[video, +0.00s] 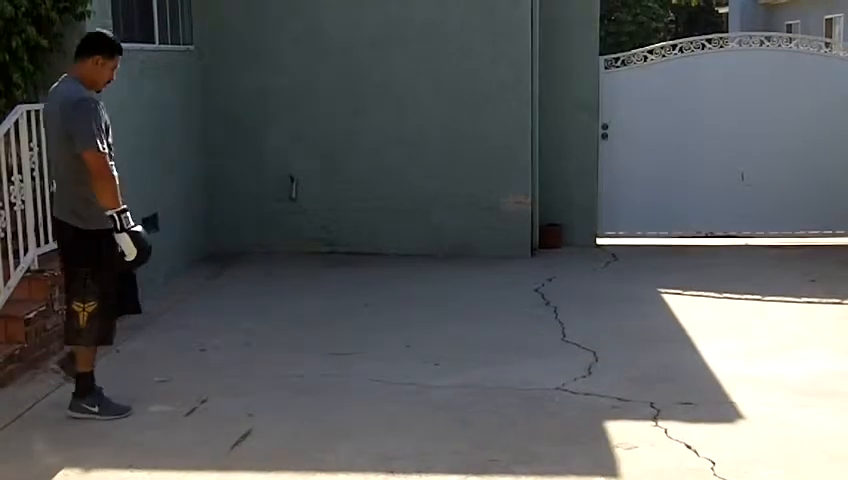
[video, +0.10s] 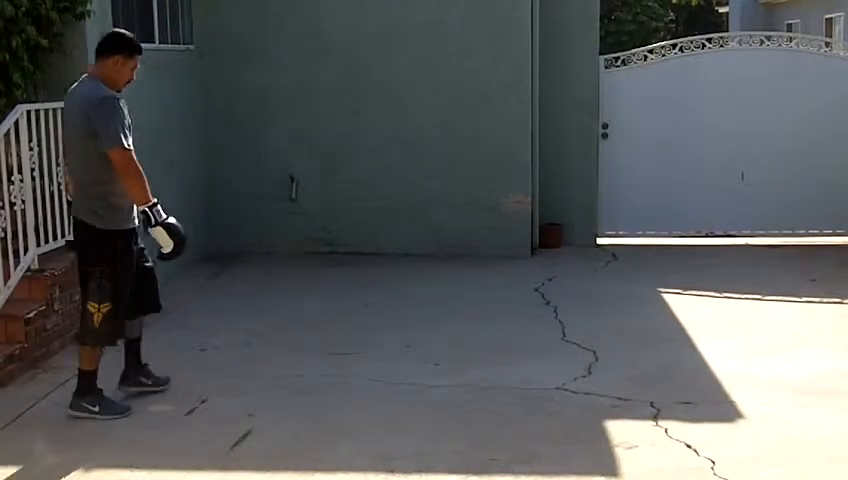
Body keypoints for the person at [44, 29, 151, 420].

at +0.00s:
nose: (113, 77)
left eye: (115, 69)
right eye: (112, 68)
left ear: (86, 61)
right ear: (95, 62)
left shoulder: (62, 94)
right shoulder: (81, 102)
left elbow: (82, 166)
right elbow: (99, 169)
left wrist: (114, 209)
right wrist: (123, 222)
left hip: (76, 221)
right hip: (88, 225)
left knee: (96, 297)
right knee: (90, 306)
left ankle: (76, 356)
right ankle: (85, 393)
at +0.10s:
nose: (133, 78)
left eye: (135, 69)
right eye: (132, 68)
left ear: (107, 61)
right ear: (115, 62)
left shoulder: (79, 93)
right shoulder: (105, 101)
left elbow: (75, 160)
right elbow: (126, 165)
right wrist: (154, 210)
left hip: (106, 222)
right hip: (104, 225)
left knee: (136, 292)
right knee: (98, 308)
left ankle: (133, 370)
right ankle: (86, 393)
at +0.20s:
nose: (153, 79)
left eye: (155, 72)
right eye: (152, 71)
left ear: (126, 63)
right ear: (136, 64)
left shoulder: (97, 97)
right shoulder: (127, 103)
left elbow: (86, 159)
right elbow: (150, 167)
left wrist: (87, 207)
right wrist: (183, 213)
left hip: (115, 221)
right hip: (125, 225)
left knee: (151, 296)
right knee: (111, 307)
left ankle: (184, 366)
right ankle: (87, 392)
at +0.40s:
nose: (190, 77)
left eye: (191, 69)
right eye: (188, 69)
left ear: (162, 64)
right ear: (173, 64)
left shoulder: (135, 100)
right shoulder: (169, 100)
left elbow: (129, 161)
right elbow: (185, 162)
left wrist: (134, 211)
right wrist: (214, 209)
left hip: (159, 221)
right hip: (168, 225)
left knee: (189, 293)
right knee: (160, 307)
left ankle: (198, 369)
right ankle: (113, 372)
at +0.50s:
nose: (208, 75)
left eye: (208, 68)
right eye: (206, 67)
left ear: (178, 62)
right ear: (190, 62)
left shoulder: (158, 95)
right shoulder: (186, 99)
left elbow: (165, 160)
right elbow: (198, 158)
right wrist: (224, 209)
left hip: (173, 215)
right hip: (192, 218)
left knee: (190, 290)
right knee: (211, 292)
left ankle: (198, 368)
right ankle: (152, 357)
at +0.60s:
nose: (224, 76)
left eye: (226, 69)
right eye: (222, 68)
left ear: (197, 62)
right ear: (206, 61)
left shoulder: (175, 93)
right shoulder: (200, 98)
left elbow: (186, 157)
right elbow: (211, 157)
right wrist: (233, 209)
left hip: (187, 214)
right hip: (210, 217)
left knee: (196, 290)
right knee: (236, 295)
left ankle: (196, 364)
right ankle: (203, 363)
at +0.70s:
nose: (241, 76)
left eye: (242, 69)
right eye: (240, 68)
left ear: (217, 61)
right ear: (223, 61)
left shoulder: (192, 92)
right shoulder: (218, 97)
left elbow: (200, 154)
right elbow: (224, 154)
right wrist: (249, 210)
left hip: (199, 214)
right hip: (228, 215)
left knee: (201, 291)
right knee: (260, 290)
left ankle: (199, 369)